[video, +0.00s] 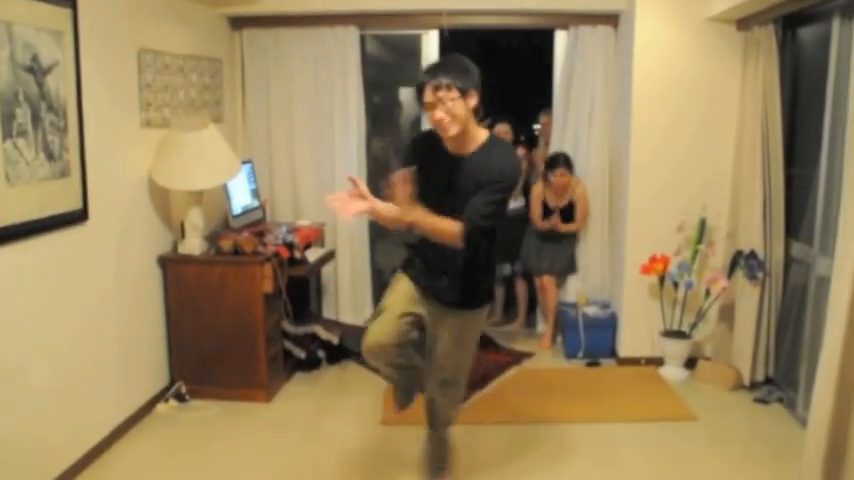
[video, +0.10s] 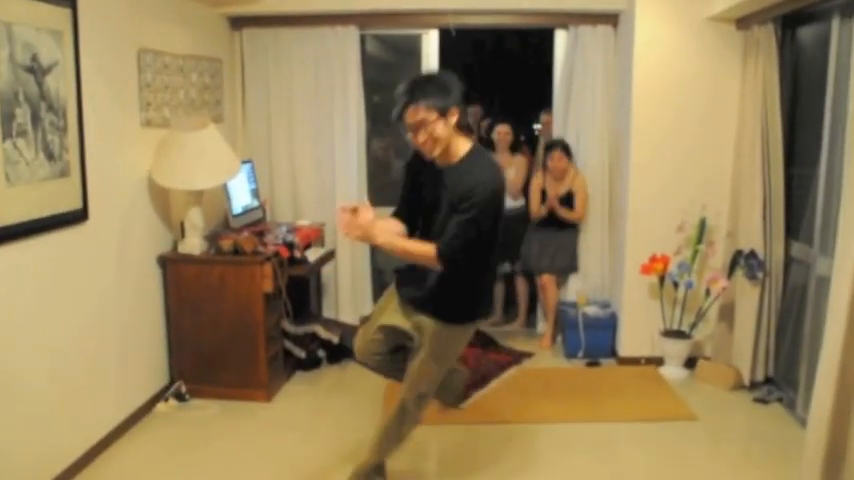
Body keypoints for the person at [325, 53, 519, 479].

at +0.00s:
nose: (438, 116)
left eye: (446, 103)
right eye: (430, 107)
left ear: (472, 100)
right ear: (424, 110)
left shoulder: (501, 161)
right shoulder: (424, 147)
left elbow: (468, 234)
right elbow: (414, 217)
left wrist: (402, 213)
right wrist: (377, 204)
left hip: (465, 292)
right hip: (419, 272)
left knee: (444, 385)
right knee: (378, 344)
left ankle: (437, 457)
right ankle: (412, 374)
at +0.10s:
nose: (417, 139)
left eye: (423, 127)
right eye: (411, 131)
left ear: (452, 117)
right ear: (407, 129)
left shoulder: (483, 180)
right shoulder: (422, 163)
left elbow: (445, 256)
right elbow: (404, 222)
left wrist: (380, 238)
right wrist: (370, 224)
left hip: (452, 312)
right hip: (409, 291)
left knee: (414, 393)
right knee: (368, 349)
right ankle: (447, 376)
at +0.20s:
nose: (409, 158)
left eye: (414, 146)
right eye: (403, 150)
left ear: (442, 136)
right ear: (401, 148)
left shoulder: (477, 197)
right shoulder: (426, 181)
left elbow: (438, 274)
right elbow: (406, 242)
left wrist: (367, 259)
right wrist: (357, 242)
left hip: (459, 312)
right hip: (421, 297)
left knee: (415, 389)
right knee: (386, 362)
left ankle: (377, 458)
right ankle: (473, 416)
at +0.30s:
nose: (410, 157)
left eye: (414, 144)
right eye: (402, 151)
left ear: (440, 135)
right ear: (397, 153)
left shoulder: (477, 190)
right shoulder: (421, 183)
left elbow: (448, 268)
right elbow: (412, 246)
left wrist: (379, 266)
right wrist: (356, 251)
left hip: (475, 307)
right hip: (437, 300)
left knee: (428, 386)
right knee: (430, 384)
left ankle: (386, 455)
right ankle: (498, 449)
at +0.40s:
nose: (418, 142)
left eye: (425, 130)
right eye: (410, 135)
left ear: (448, 126)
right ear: (404, 139)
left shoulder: (492, 171)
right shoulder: (421, 187)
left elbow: (485, 243)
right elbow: (433, 252)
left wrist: (414, 229)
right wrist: (392, 243)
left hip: (503, 295)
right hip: (460, 297)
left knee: (452, 374)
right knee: (477, 384)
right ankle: (520, 459)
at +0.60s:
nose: (437, 124)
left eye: (443, 110)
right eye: (426, 116)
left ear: (465, 105)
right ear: (418, 122)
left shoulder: (514, 148)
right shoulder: (427, 177)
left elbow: (536, 221)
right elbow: (464, 251)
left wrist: (490, 199)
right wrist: (462, 227)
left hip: (523, 285)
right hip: (473, 298)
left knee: (537, 376)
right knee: (500, 401)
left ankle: (516, 428)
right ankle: (535, 474)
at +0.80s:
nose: (462, 149)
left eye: (468, 136)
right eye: (452, 140)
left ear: (491, 131)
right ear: (443, 144)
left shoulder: (532, 182)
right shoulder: (436, 195)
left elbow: (543, 255)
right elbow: (428, 276)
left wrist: (503, 258)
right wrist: (475, 258)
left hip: (529, 318)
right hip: (475, 323)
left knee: (532, 414)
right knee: (516, 421)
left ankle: (466, 453)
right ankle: (547, 475)